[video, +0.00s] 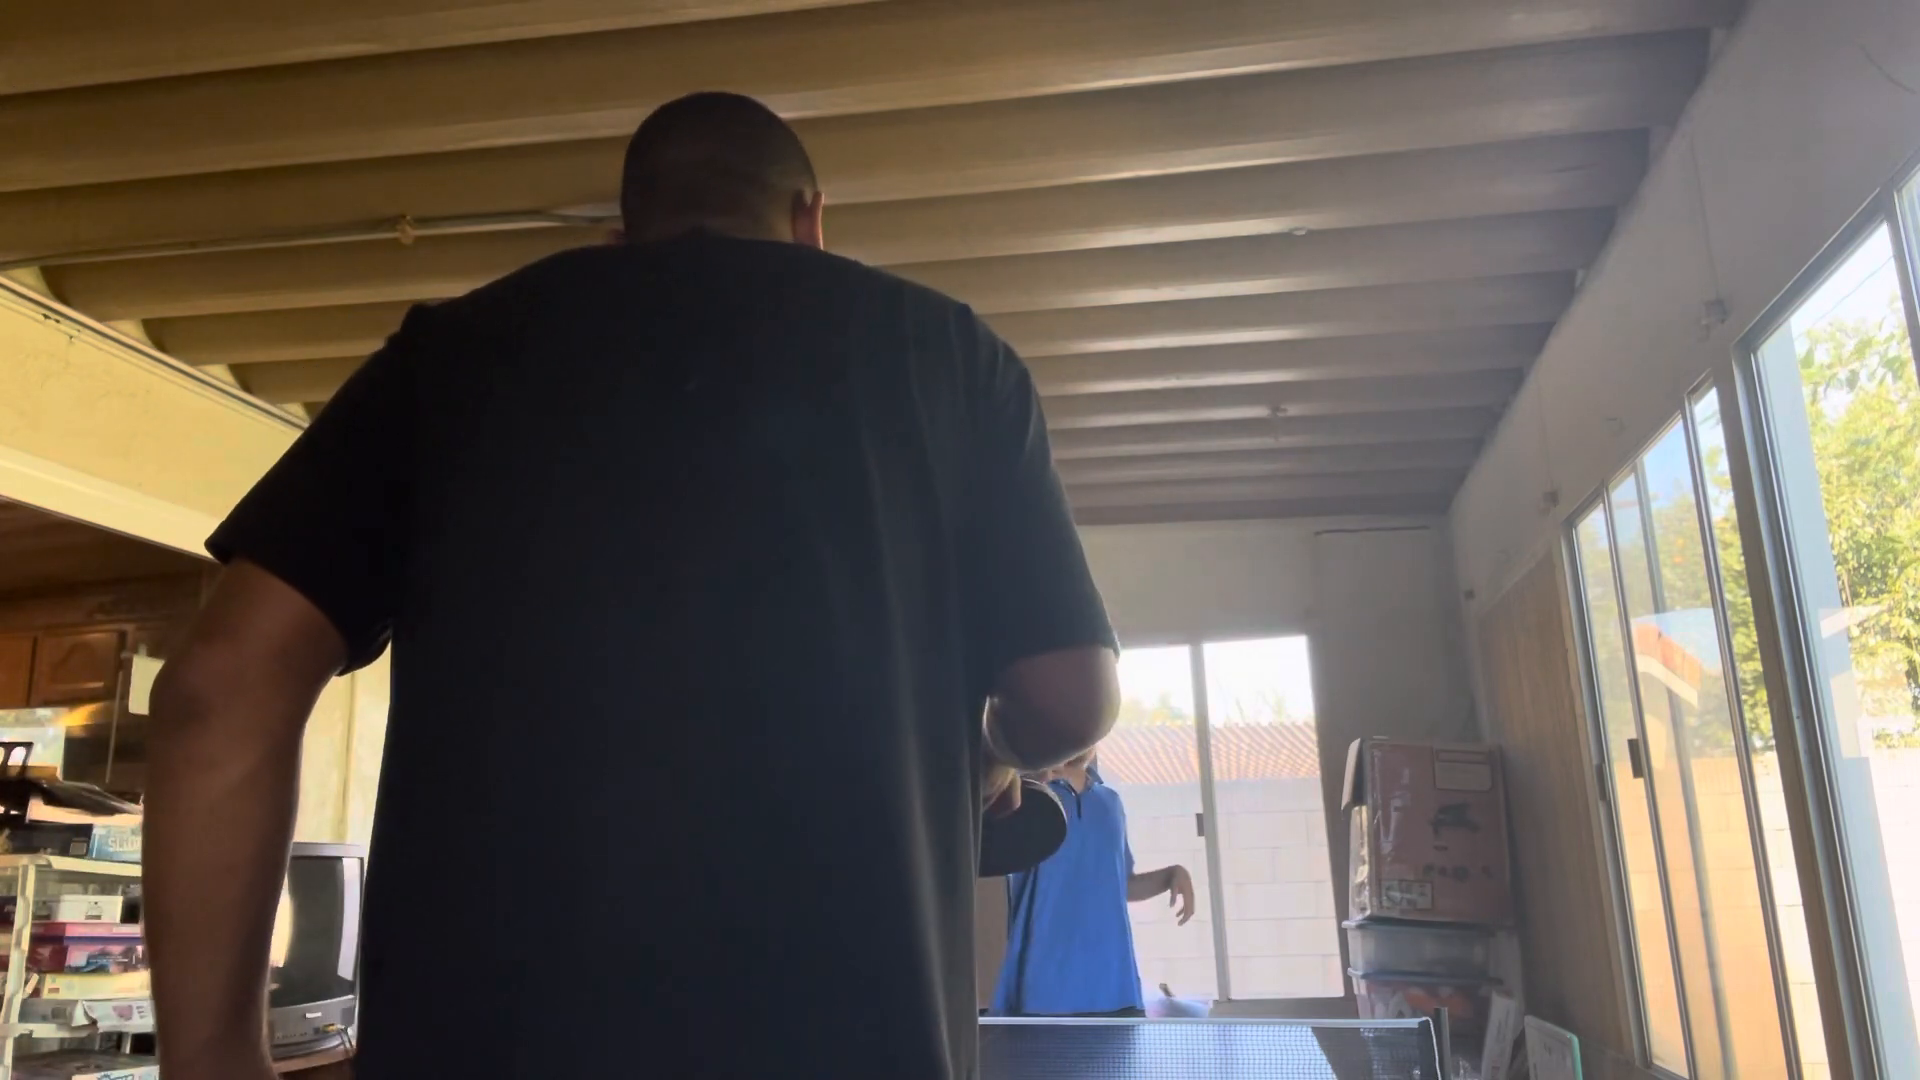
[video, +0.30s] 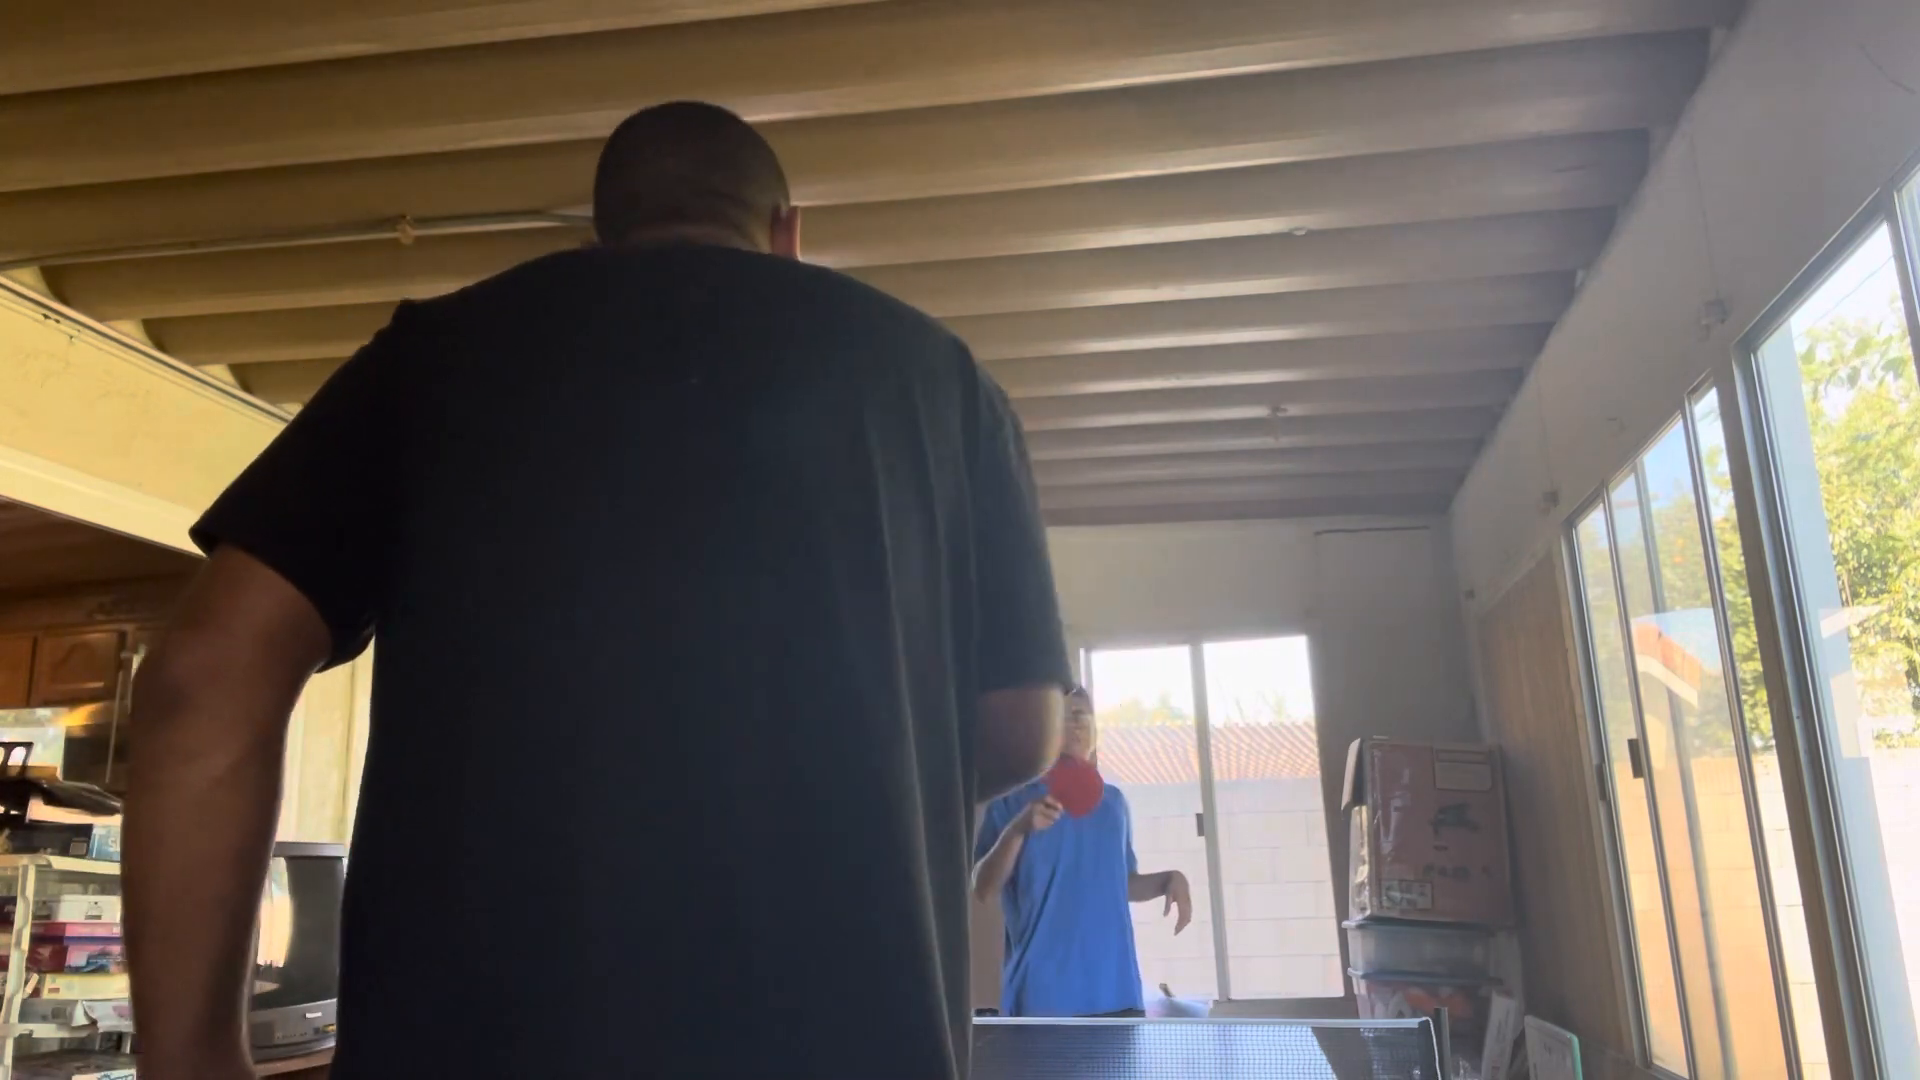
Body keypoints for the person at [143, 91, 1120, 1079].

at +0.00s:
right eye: (818, 218)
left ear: (618, 219)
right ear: (810, 216)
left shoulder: (457, 348)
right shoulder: (941, 347)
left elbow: (222, 684)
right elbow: (1069, 700)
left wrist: (214, 1058)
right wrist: (990, 747)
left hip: (488, 1036)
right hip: (846, 1039)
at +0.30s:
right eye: (801, 225)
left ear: (595, 227)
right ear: (789, 230)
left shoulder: (439, 348)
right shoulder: (929, 365)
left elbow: (208, 666)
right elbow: (1016, 733)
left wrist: (188, 1051)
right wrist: (854, 834)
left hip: (472, 1028)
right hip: (840, 1032)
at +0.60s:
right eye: (744, 250)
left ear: (543, 239)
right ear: (737, 249)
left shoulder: (395, 323)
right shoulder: (860, 376)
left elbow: (124, 638)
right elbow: (856, 723)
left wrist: (111, 1034)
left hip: (418, 1030)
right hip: (796, 1041)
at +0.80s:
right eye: (720, 242)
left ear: (515, 232)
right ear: (712, 242)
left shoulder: (359, 321)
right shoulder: (837, 374)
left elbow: (78, 643)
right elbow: (845, 740)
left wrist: (50, 1035)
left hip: (379, 1032)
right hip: (757, 1042)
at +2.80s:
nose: (796, 240)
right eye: (793, 218)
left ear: (583, 204)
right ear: (773, 209)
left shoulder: (386, 342)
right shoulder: (881, 347)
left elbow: (139, 697)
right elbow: (1005, 723)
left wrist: (126, 1057)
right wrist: (951, 819)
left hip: (405, 1037)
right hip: (773, 1039)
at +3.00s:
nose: (830, 254)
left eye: (829, 237)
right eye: (831, 231)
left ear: (621, 199)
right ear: (794, 205)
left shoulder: (389, 333)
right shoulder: (870, 342)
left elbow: (145, 677)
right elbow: (982, 695)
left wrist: (130, 1049)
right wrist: (1039, 926)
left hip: (381, 1037)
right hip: (751, 1038)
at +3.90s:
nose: (857, 222)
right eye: (864, 200)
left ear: (657, 175)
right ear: (840, 179)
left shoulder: (423, 330)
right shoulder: (906, 340)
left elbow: (183, 694)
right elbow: (997, 722)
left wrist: (232, 1039)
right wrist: (1126, 999)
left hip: (415, 1043)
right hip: (778, 1043)